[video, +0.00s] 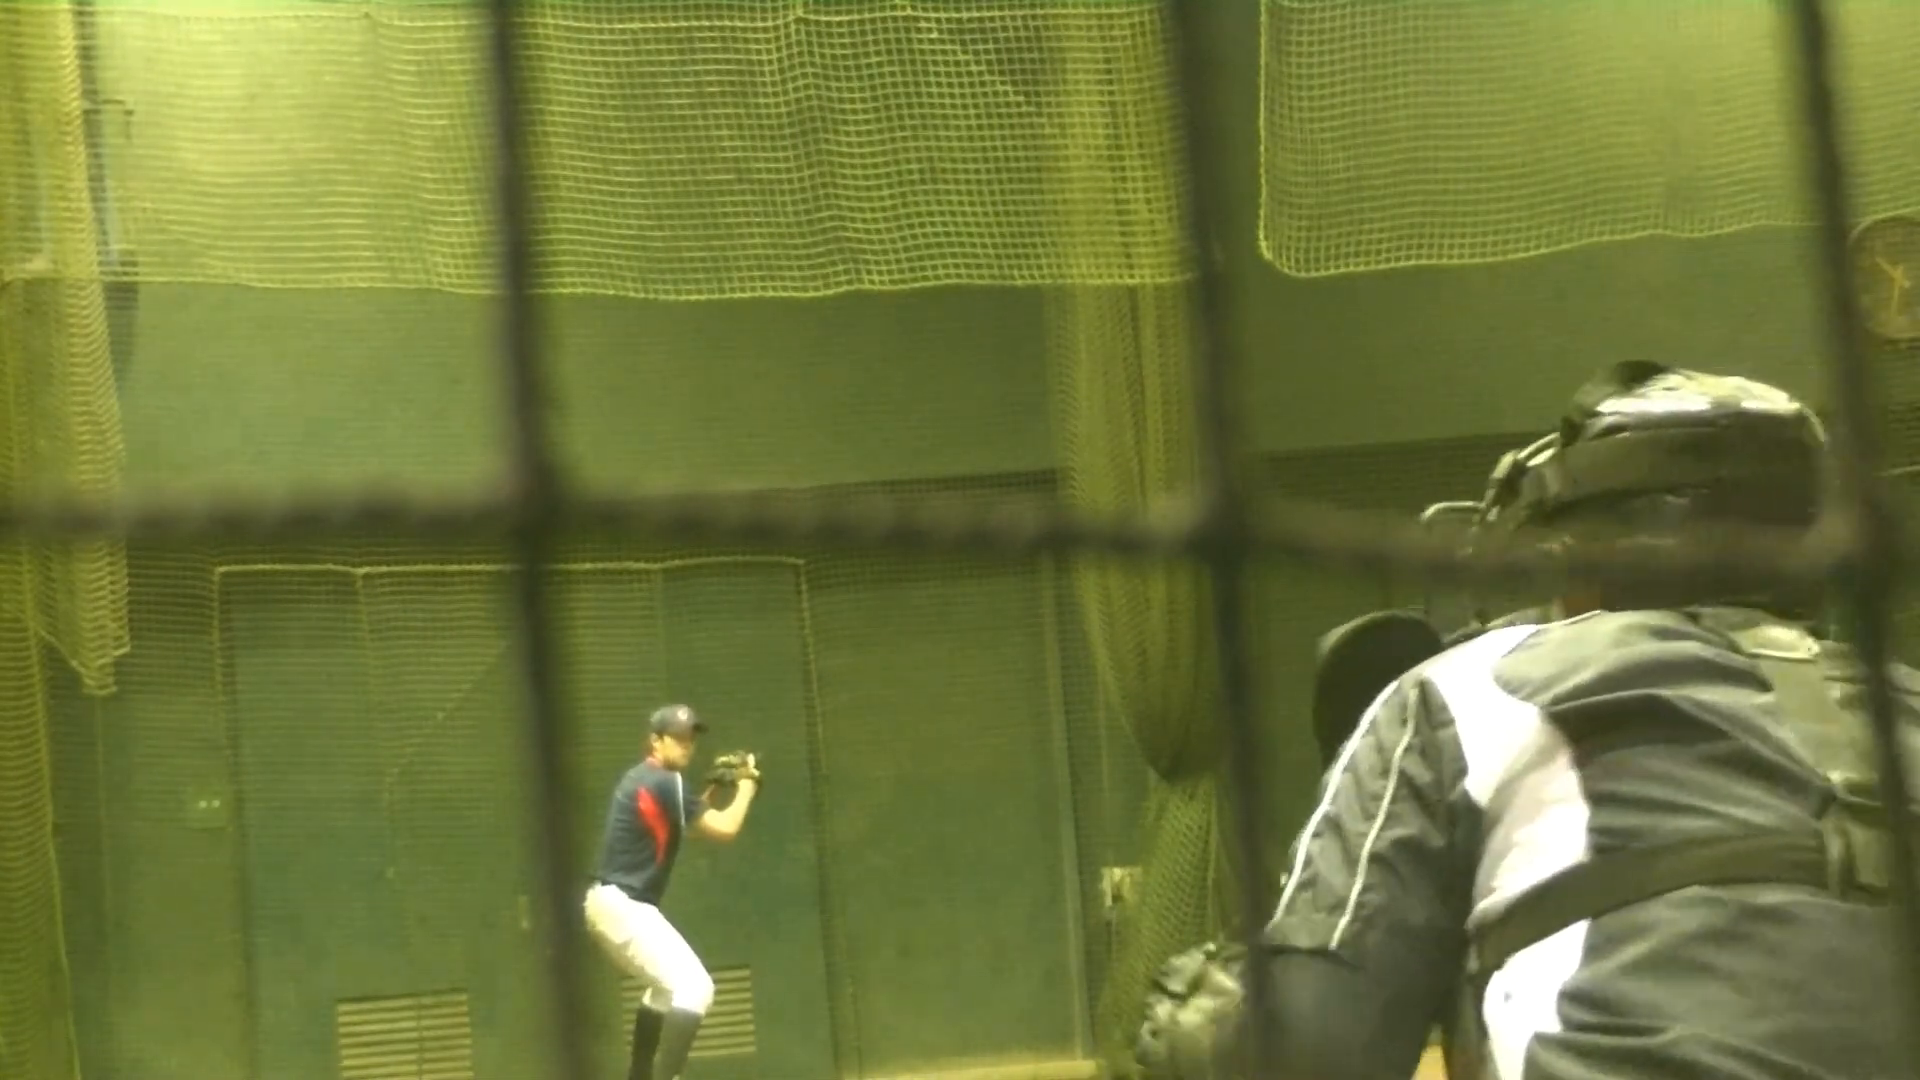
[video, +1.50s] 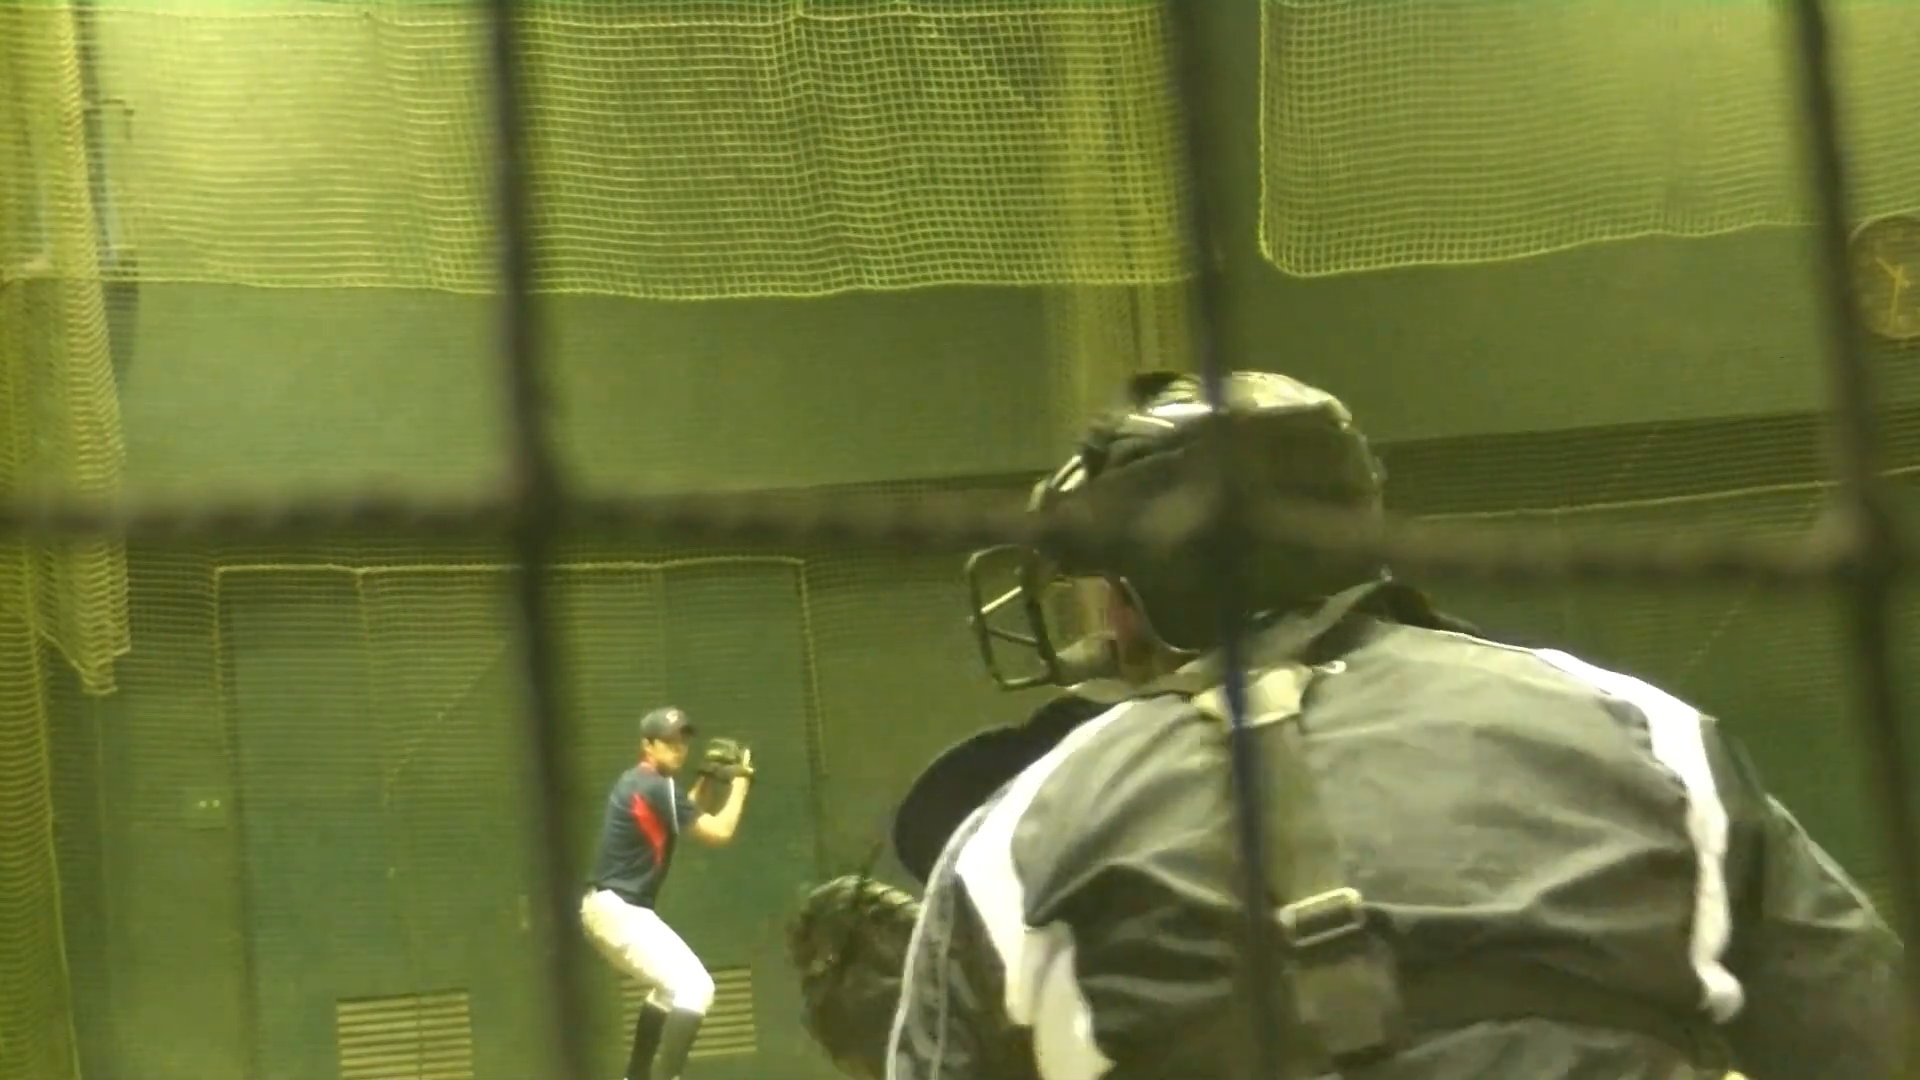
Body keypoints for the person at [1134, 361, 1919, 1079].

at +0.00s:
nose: (1538, 584)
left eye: (1542, 556)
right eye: (1535, 555)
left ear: (1574, 586)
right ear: (1799, 580)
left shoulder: (1460, 699)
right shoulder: (1902, 692)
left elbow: (1321, 1041)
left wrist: (1223, 1029)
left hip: (1648, 1037)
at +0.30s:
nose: (1407, 628)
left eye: (1407, 602)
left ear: (1435, 627)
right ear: (1669, 600)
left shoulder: (1289, 768)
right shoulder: (1852, 760)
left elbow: (1170, 1067)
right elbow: (1896, 1020)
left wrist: (1136, 990)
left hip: (1453, 1037)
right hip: (1803, 1040)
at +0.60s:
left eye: (1221, 576)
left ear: (1245, 595)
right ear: (1494, 577)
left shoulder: (1087, 799)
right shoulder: (1718, 760)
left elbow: (1009, 1066)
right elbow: (1875, 1041)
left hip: (1215, 1045)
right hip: (1595, 1036)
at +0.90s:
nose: (1060, 615)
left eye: (1059, 589)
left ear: (1093, 596)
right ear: (1342, 538)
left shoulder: (949, 803)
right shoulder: (1568, 681)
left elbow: (909, 1066)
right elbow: (1775, 1027)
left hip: (1116, 1045)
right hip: (1486, 1040)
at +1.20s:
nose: (1000, 604)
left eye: (996, 575)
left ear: (1034, 592)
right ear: (1280, 513)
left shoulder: (898, 819)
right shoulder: (1514, 675)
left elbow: (876, 1069)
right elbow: (1757, 1034)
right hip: (1451, 1047)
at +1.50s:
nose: (1077, 621)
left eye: (1080, 586)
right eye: (1071, 585)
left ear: (1132, 608)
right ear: (1357, 561)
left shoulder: (1004, 858)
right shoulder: (1654, 739)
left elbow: (938, 1068)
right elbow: (1866, 1025)